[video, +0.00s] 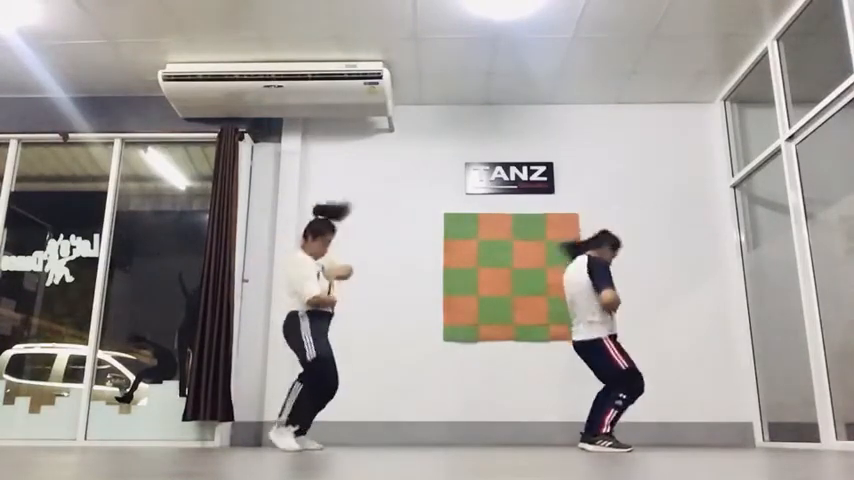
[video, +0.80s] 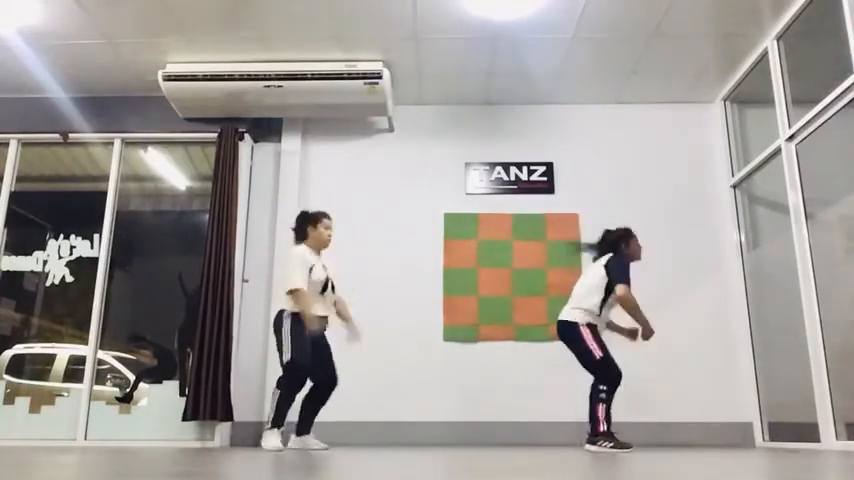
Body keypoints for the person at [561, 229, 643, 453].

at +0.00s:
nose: (612, 259)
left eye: (614, 255)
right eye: (612, 253)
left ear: (591, 248)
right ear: (602, 248)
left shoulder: (573, 267)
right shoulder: (595, 263)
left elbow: (577, 303)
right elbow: (608, 298)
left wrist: (602, 304)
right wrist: (613, 305)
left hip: (582, 338)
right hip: (598, 337)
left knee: (615, 383)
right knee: (633, 383)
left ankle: (592, 433)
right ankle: (601, 434)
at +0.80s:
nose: (640, 246)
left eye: (637, 242)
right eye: (635, 242)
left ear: (618, 247)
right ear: (624, 246)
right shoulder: (618, 261)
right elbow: (623, 295)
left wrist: (624, 331)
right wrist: (645, 324)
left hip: (575, 322)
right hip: (577, 323)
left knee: (606, 376)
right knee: (610, 375)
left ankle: (599, 434)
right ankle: (599, 435)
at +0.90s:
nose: (643, 254)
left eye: (642, 249)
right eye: (639, 249)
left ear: (625, 249)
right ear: (626, 249)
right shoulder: (611, 262)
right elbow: (614, 284)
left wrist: (635, 340)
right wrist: (642, 314)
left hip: (583, 325)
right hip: (570, 321)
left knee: (614, 376)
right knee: (599, 371)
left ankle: (601, 432)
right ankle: (593, 434)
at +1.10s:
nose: (621, 248)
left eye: (626, 246)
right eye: (618, 243)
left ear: (629, 253)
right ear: (607, 244)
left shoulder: (620, 284)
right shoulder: (591, 260)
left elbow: (630, 312)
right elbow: (570, 239)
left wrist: (656, 294)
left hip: (595, 334)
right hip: (569, 324)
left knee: (625, 376)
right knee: (582, 374)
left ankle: (613, 431)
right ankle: (577, 435)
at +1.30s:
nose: (594, 230)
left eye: (598, 227)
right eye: (590, 226)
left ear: (604, 232)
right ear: (581, 230)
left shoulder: (613, 255)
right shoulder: (570, 250)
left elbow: (646, 258)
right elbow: (541, 234)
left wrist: (642, 227)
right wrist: (557, 214)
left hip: (600, 326)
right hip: (570, 323)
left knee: (618, 374)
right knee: (560, 375)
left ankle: (614, 430)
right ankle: (550, 430)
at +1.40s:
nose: (584, 232)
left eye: (588, 228)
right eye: (579, 228)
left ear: (593, 234)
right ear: (569, 234)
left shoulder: (603, 254)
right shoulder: (561, 254)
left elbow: (634, 247)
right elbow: (529, 243)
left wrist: (632, 225)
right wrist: (545, 219)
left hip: (597, 327)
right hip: (568, 326)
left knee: (617, 376)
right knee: (557, 380)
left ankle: (620, 430)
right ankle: (548, 433)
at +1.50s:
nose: (577, 236)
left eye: (581, 232)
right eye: (572, 232)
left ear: (588, 238)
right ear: (563, 239)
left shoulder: (597, 260)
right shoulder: (555, 261)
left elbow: (626, 246)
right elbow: (525, 251)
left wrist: (608, 230)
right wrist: (543, 227)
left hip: (596, 334)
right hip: (566, 335)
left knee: (613, 383)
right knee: (557, 385)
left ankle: (620, 435)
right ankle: (548, 435)